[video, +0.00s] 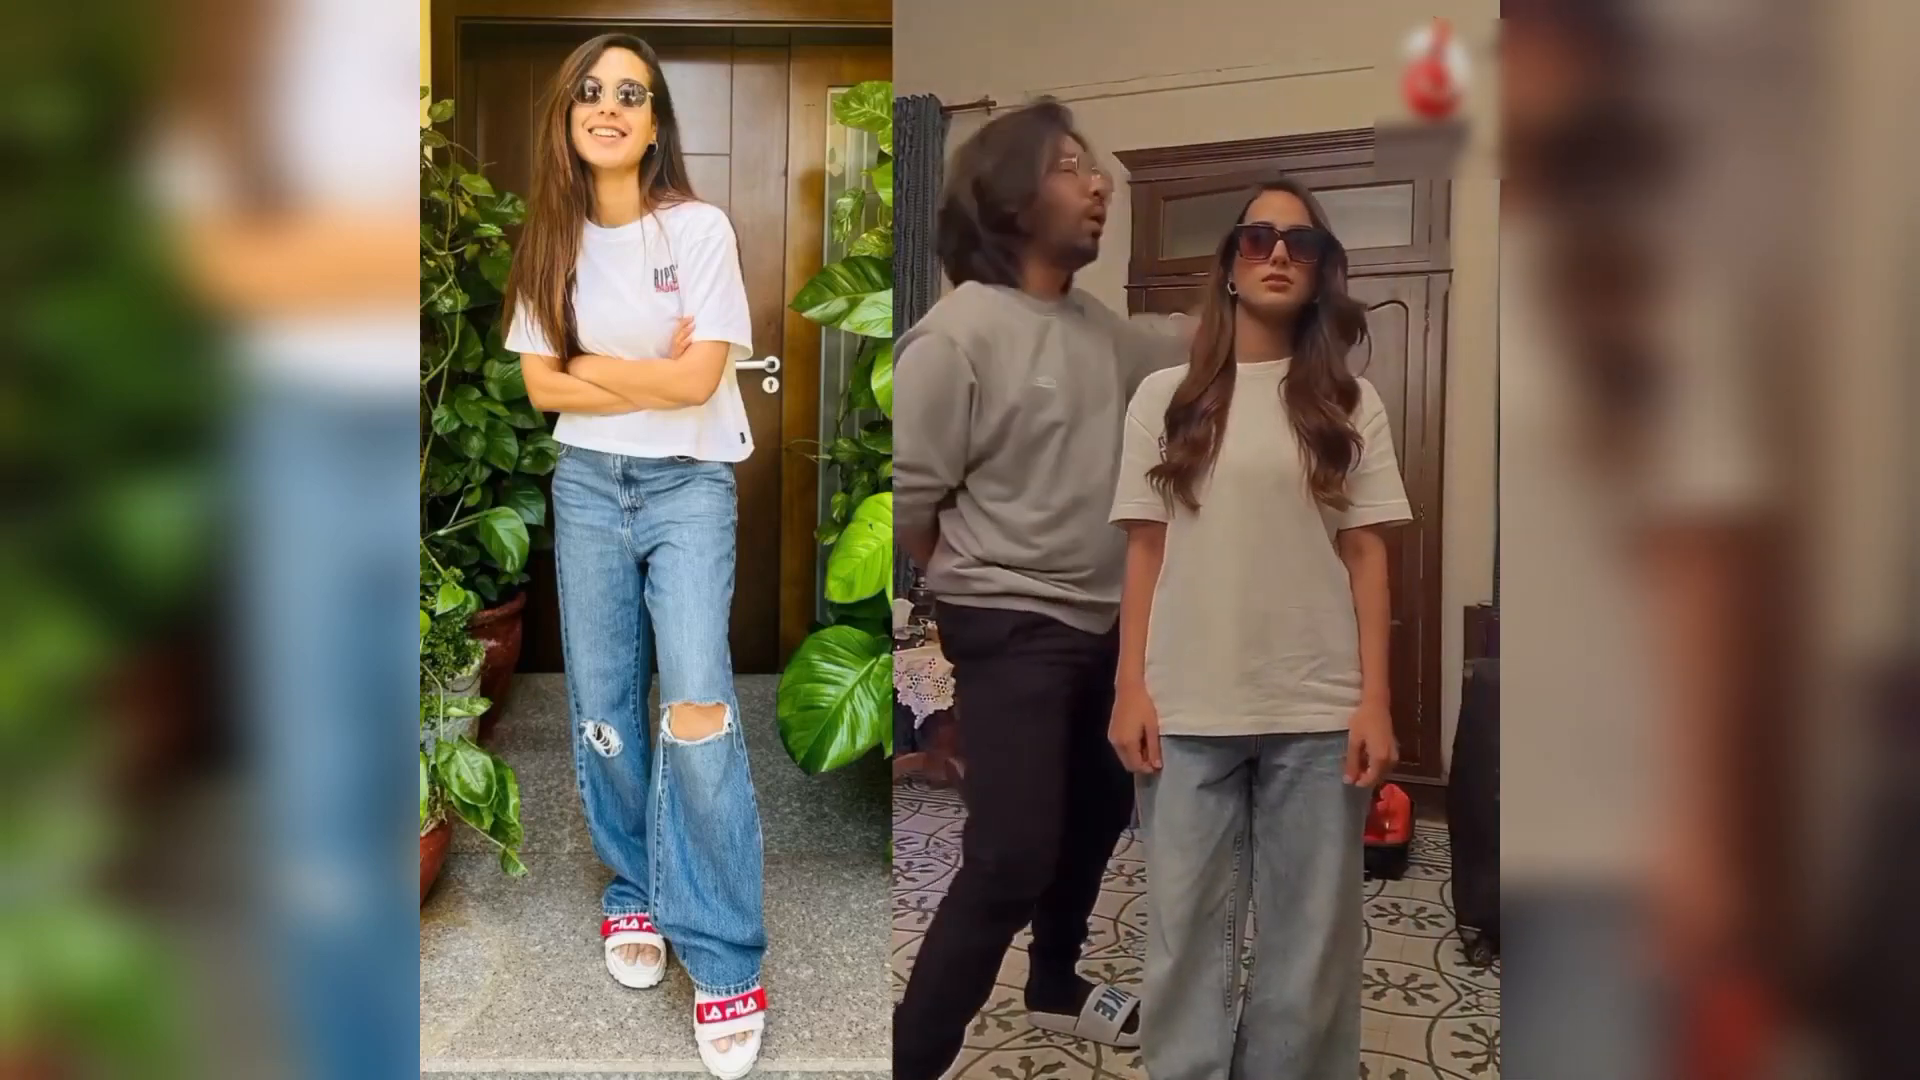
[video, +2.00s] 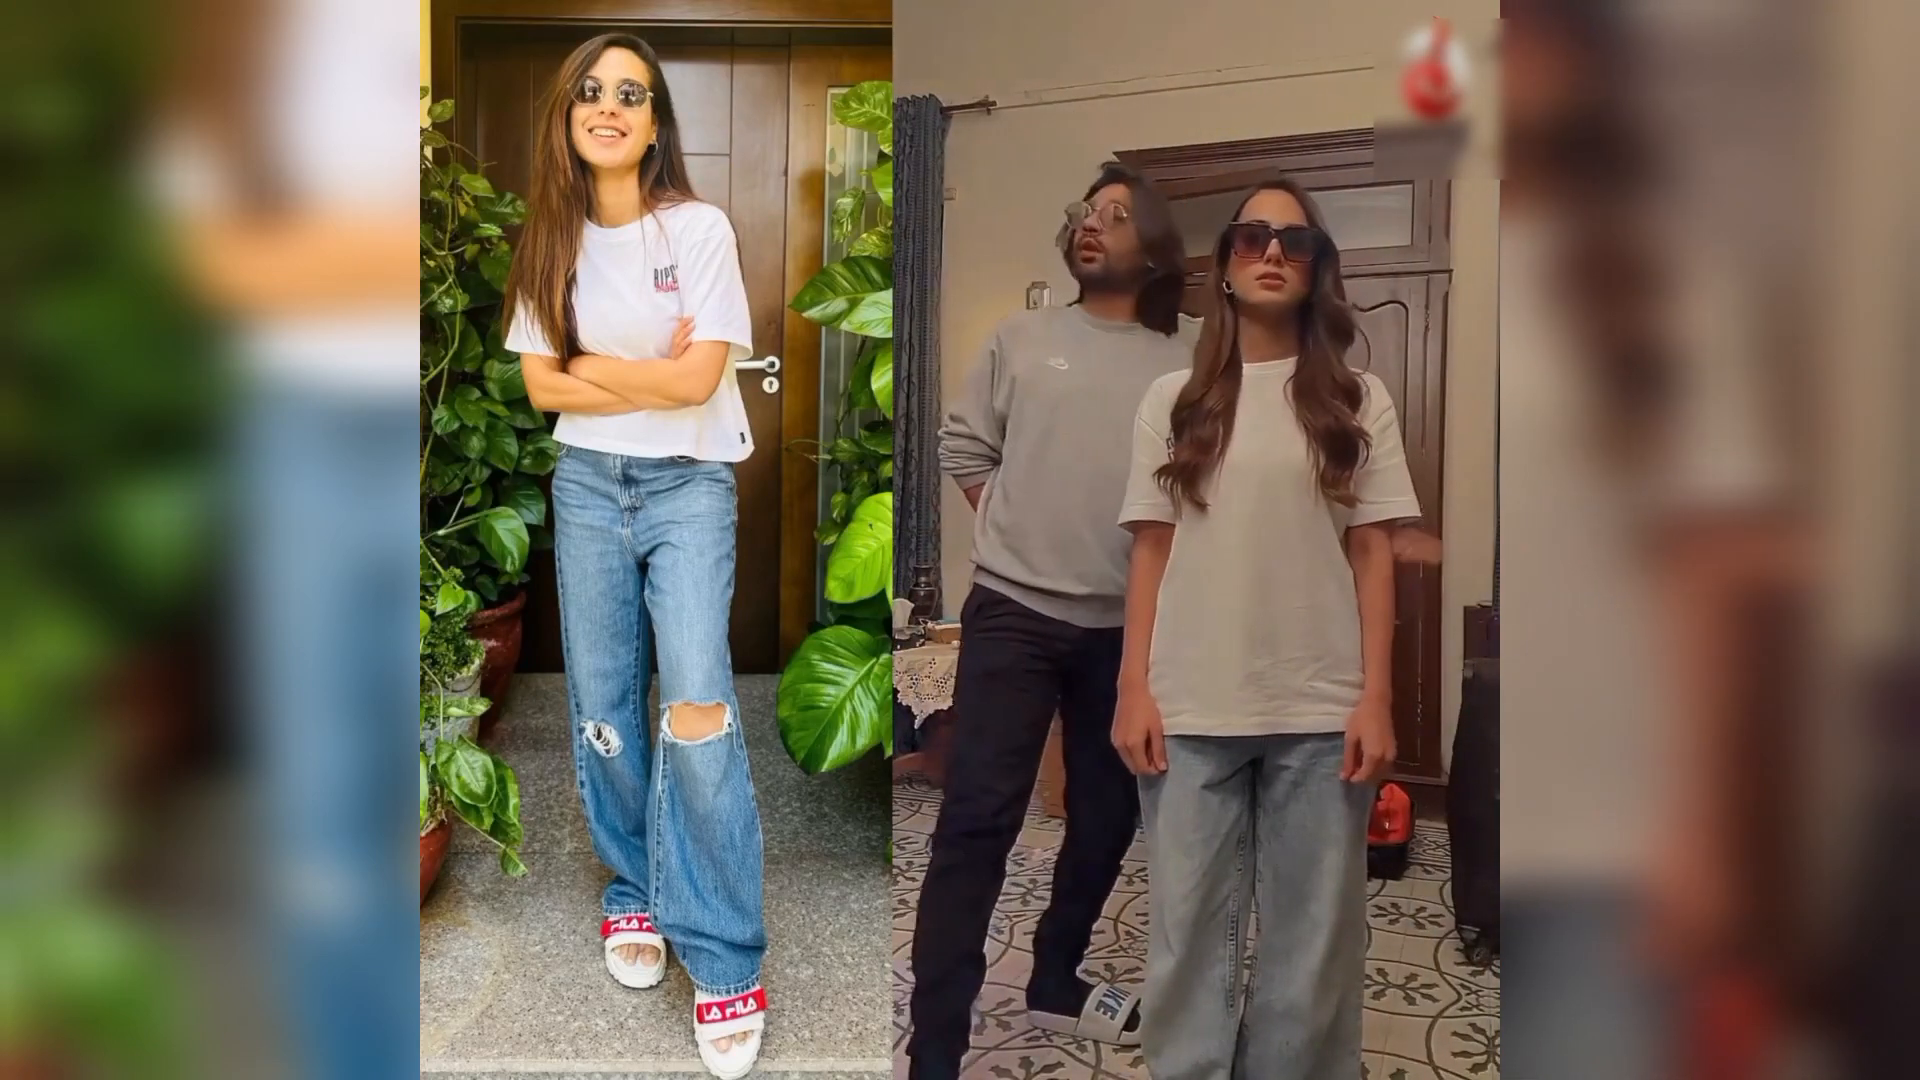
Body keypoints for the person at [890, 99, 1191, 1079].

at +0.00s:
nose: (1100, 186)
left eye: (1096, 170)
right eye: (1073, 168)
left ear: (1088, 192)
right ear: (1009, 192)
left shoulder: (1106, 329)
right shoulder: (955, 333)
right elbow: (908, 516)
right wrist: (951, 591)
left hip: (1107, 620)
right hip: (1002, 622)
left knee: (1092, 816)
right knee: (1011, 866)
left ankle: (1055, 986)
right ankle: (914, 1064)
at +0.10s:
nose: (1085, 209)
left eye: (1081, 189)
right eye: (1062, 191)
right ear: (997, 210)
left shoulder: (1074, 319)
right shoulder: (951, 343)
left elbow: (1139, 312)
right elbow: (918, 526)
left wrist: (1190, 236)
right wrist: (919, 613)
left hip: (1105, 623)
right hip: (1017, 631)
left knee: (1105, 820)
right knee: (1033, 867)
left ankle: (1055, 989)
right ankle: (914, 1065)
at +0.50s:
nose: (1077, 184)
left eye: (1074, 171)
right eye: (1048, 175)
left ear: (1078, 199)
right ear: (998, 209)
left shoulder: (1103, 329)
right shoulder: (992, 323)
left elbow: (1171, 317)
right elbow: (925, 481)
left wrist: (1236, 261)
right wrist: (954, 561)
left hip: (1112, 612)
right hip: (1024, 610)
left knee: (1099, 807)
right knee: (1006, 850)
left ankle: (1055, 987)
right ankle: (910, 1061)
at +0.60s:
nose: (1086, 186)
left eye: (1089, 176)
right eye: (1058, 176)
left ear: (1104, 210)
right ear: (1013, 213)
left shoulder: (1139, 346)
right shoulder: (1010, 316)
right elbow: (941, 462)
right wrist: (976, 559)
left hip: (1115, 610)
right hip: (1024, 603)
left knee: (1089, 812)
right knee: (990, 834)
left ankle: (1056, 987)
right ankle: (912, 1053)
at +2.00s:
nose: (1090, 224)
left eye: (1115, 214)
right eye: (1086, 212)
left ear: (1157, 245)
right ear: (1075, 238)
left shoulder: (1189, 354)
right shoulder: (1022, 336)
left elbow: (1207, 486)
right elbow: (964, 447)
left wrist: (1160, 564)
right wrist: (1016, 530)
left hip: (1127, 623)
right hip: (1012, 612)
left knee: (1105, 817)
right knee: (975, 821)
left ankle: (1057, 979)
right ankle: (934, 1055)